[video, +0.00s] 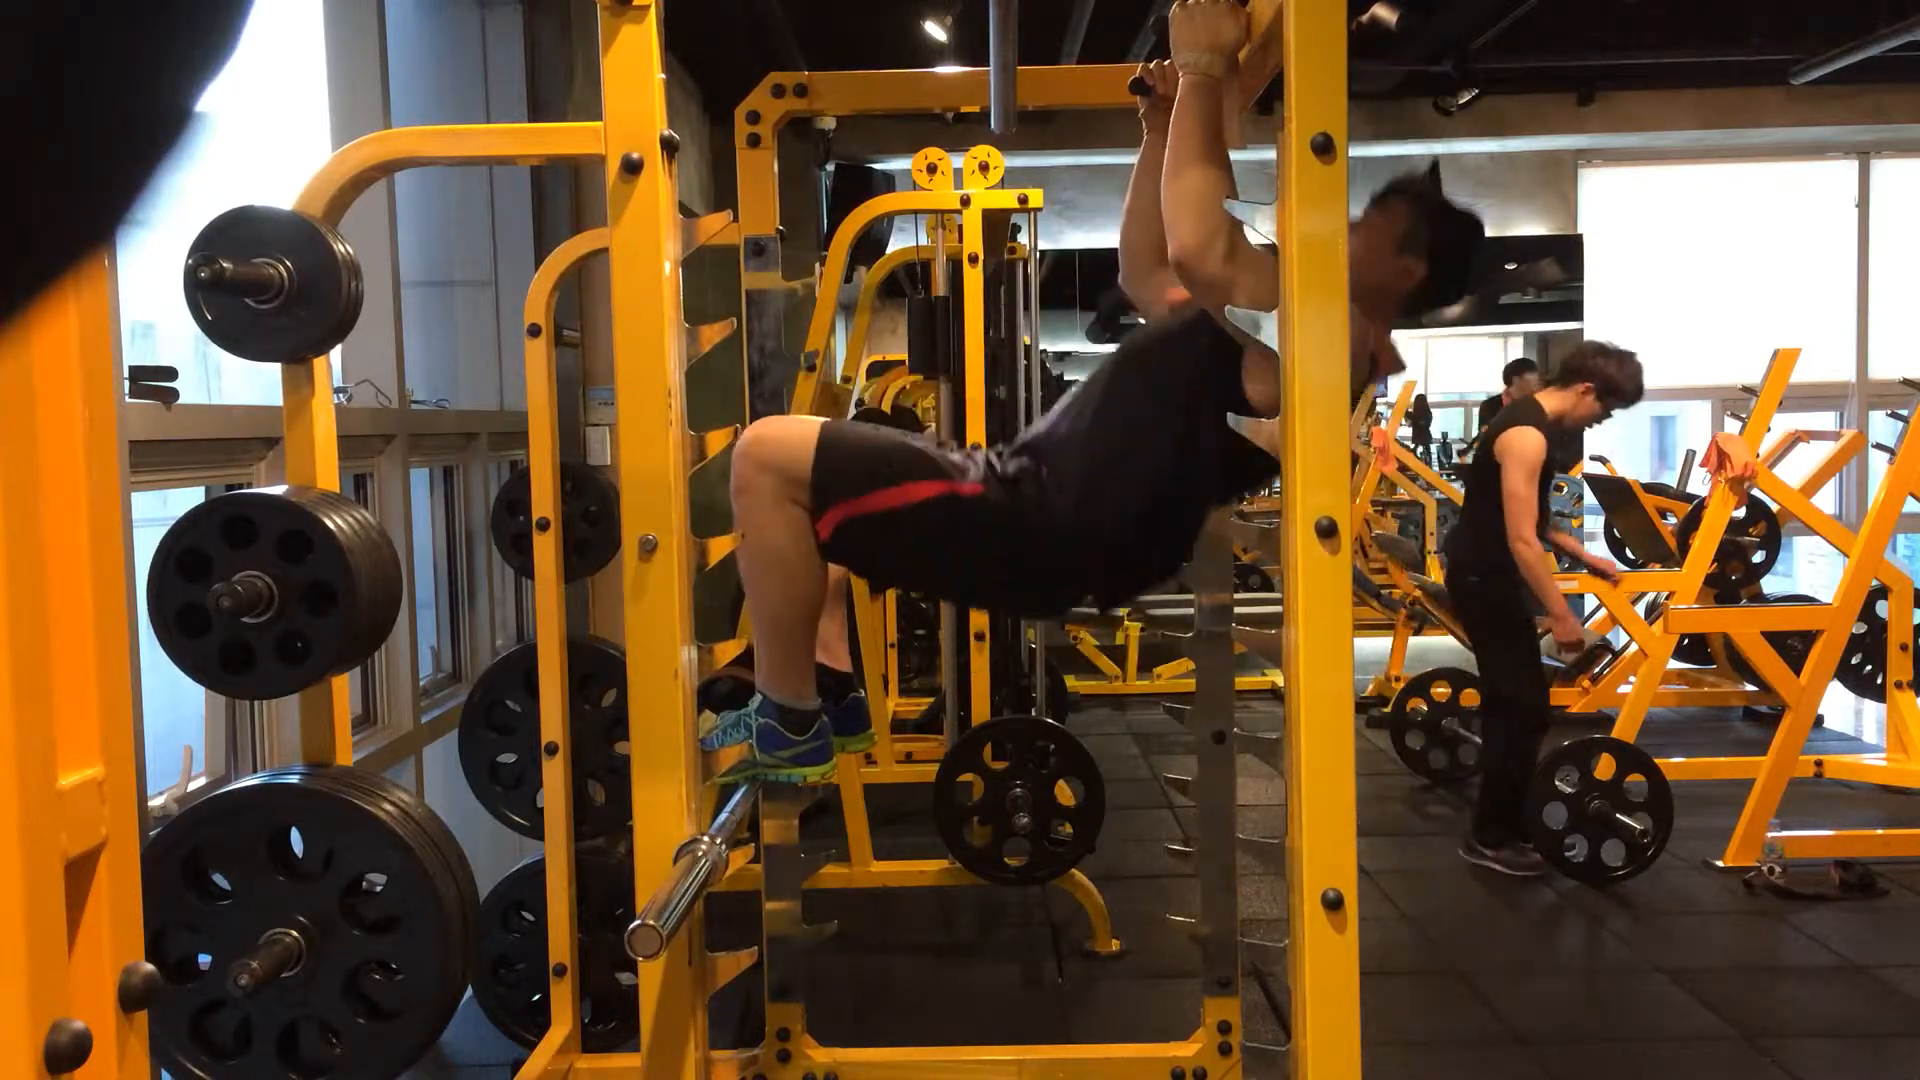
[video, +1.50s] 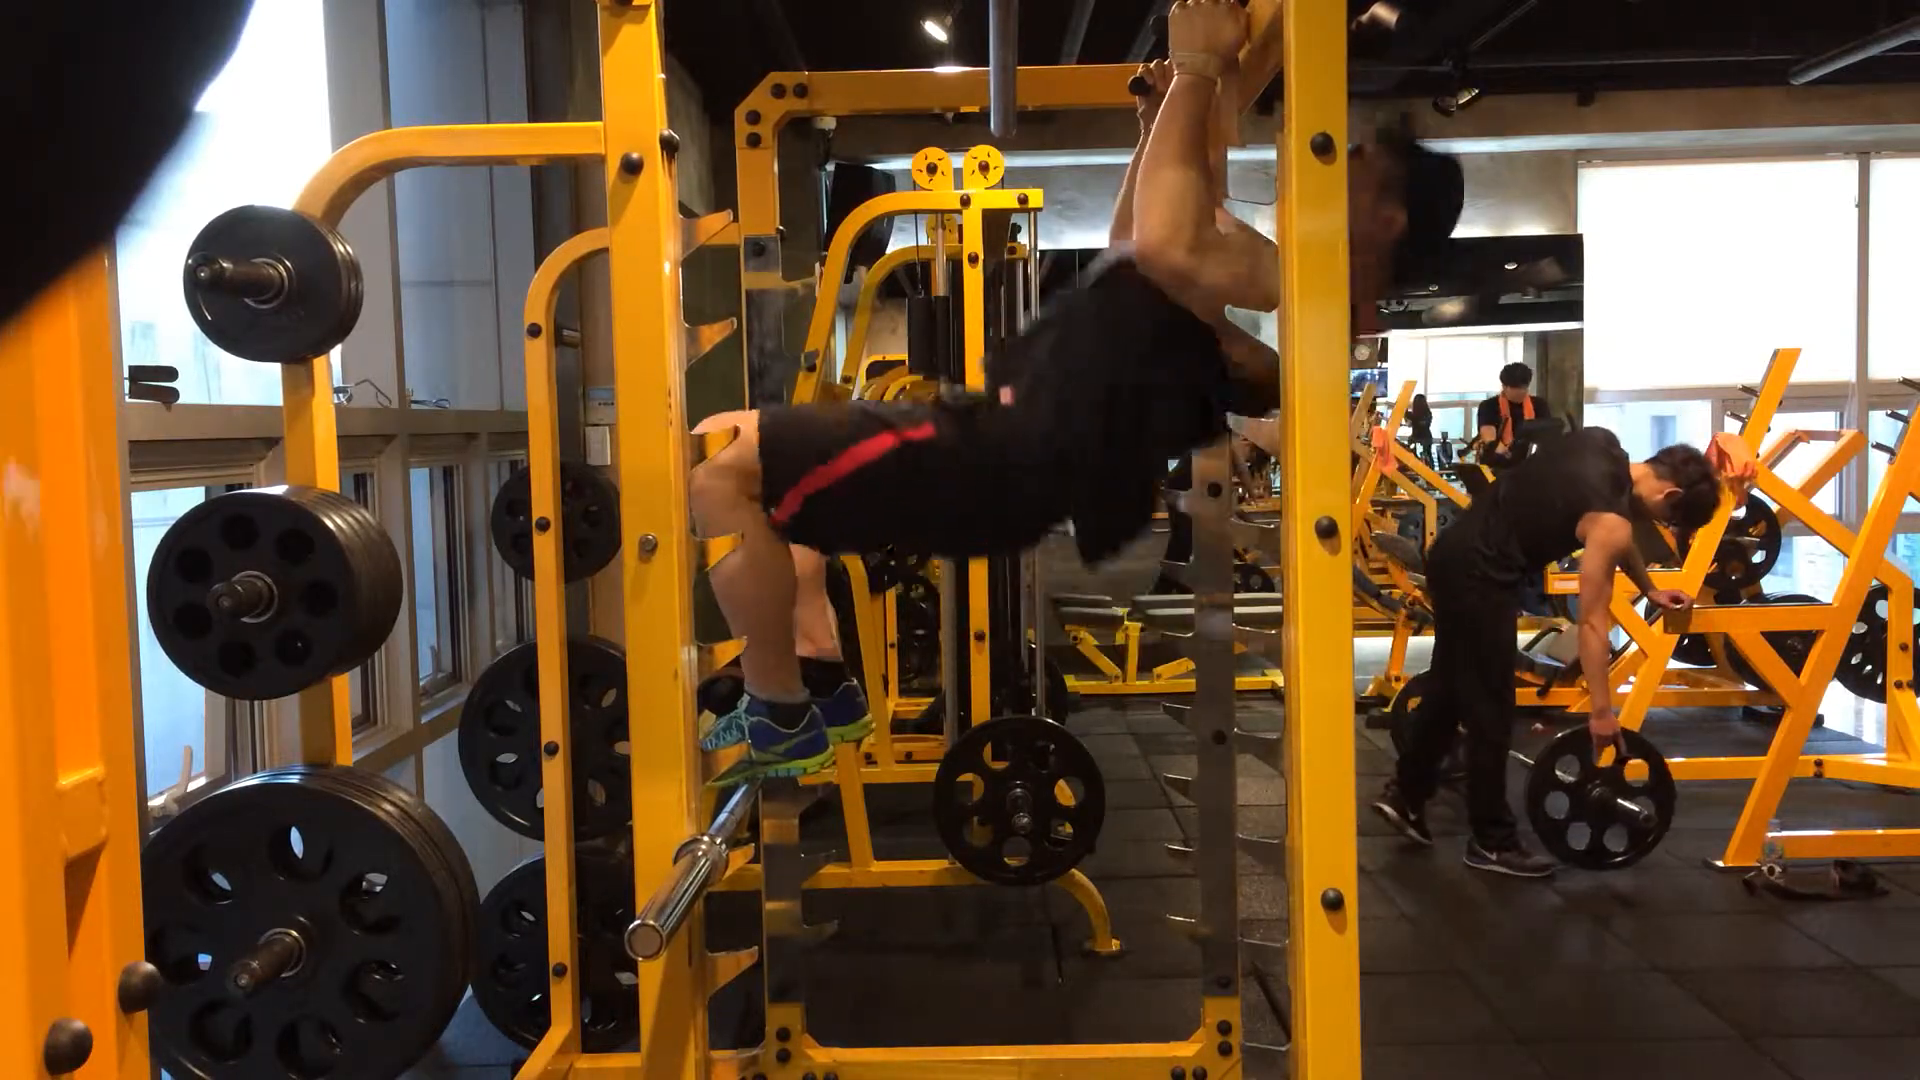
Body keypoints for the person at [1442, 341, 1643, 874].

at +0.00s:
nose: (1599, 421)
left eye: (1605, 413)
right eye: (1603, 410)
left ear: (1583, 388)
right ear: (1585, 389)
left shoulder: (1540, 429)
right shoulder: (1523, 435)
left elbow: (1538, 524)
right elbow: (1520, 541)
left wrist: (1589, 557)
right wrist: (1562, 614)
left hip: (1499, 576)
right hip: (1484, 580)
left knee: (1521, 702)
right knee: (1519, 704)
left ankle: (1504, 828)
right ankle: (1492, 837)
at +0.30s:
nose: (1635, 474)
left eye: (1645, 468)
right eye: (1643, 464)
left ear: (1628, 434)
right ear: (1629, 437)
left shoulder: (1583, 455)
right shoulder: (1563, 467)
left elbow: (1603, 533)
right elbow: (1550, 574)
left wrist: (1650, 586)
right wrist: (1572, 656)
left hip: (1495, 571)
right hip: (1476, 574)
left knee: (1509, 700)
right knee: (1502, 705)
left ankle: (1507, 826)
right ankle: (1493, 838)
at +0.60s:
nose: (1662, 517)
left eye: (1671, 515)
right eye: (1670, 511)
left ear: (1661, 469)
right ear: (1664, 484)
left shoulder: (1606, 446)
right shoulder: (1606, 516)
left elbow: (1616, 539)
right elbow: (1585, 618)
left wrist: (1652, 590)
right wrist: (1594, 697)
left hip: (1471, 551)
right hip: (1483, 570)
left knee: (1501, 700)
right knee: (1501, 705)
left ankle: (1495, 824)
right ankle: (1493, 838)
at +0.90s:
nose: (1676, 533)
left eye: (1685, 528)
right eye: (1685, 527)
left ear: (1675, 479)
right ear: (1682, 506)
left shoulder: (1622, 448)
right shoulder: (1626, 532)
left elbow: (1626, 534)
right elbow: (1599, 630)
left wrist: (1653, 590)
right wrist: (1603, 717)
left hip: (1467, 544)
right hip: (1493, 570)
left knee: (1446, 676)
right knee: (1499, 707)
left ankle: (1411, 783)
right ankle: (1492, 838)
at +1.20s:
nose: (1671, 528)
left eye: (1679, 525)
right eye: (1680, 523)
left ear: (1673, 477)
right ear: (1678, 504)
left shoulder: (1613, 446)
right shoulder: (1618, 530)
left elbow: (1623, 532)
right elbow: (1599, 632)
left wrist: (1652, 591)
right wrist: (1605, 715)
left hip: (1461, 549)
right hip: (1488, 575)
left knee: (1442, 675)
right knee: (1496, 707)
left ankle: (1384, 779)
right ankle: (1491, 838)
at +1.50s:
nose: (1659, 524)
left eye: (1666, 522)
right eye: (1667, 519)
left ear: (1655, 467)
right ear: (1667, 494)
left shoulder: (1599, 443)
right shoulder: (1609, 520)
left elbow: (1615, 529)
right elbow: (1592, 625)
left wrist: (1649, 588)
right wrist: (1602, 709)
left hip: (1453, 556)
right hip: (1482, 579)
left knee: (1450, 686)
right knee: (1493, 708)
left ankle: (1406, 793)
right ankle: (1491, 838)